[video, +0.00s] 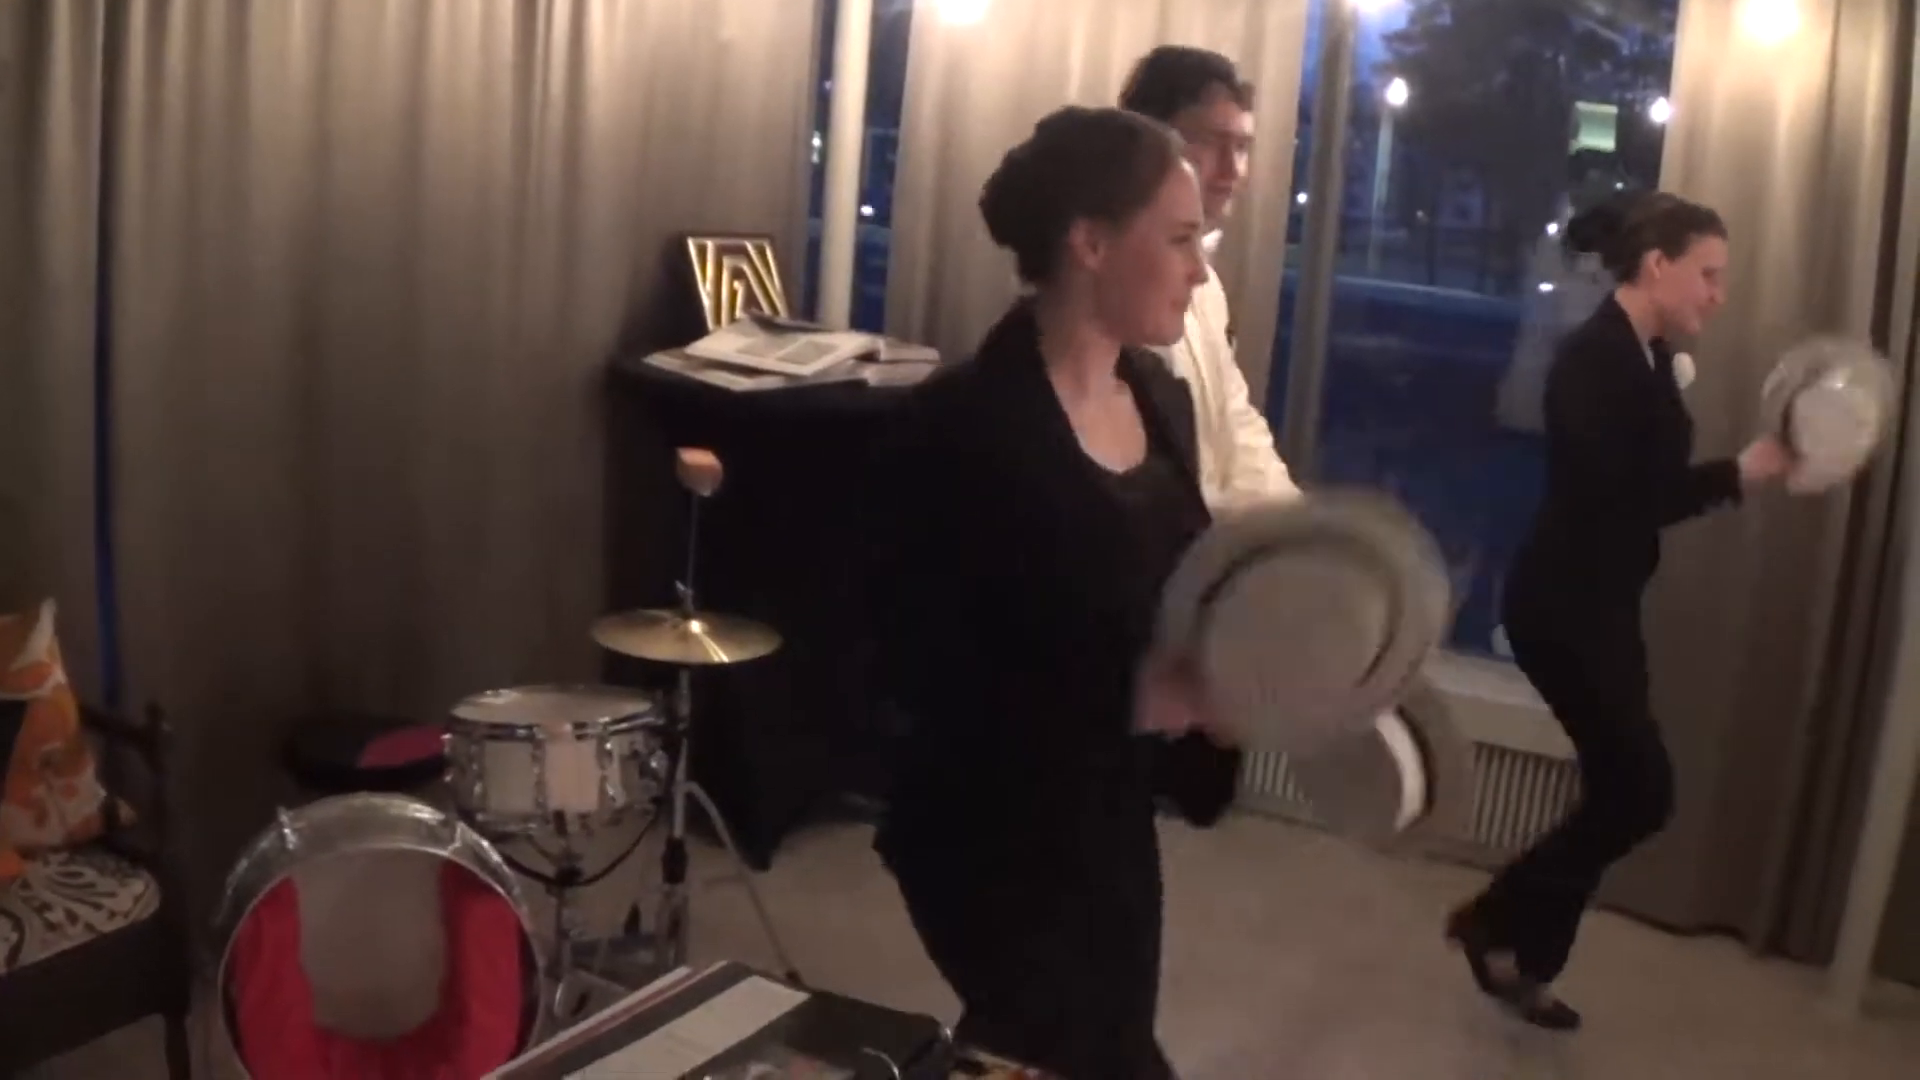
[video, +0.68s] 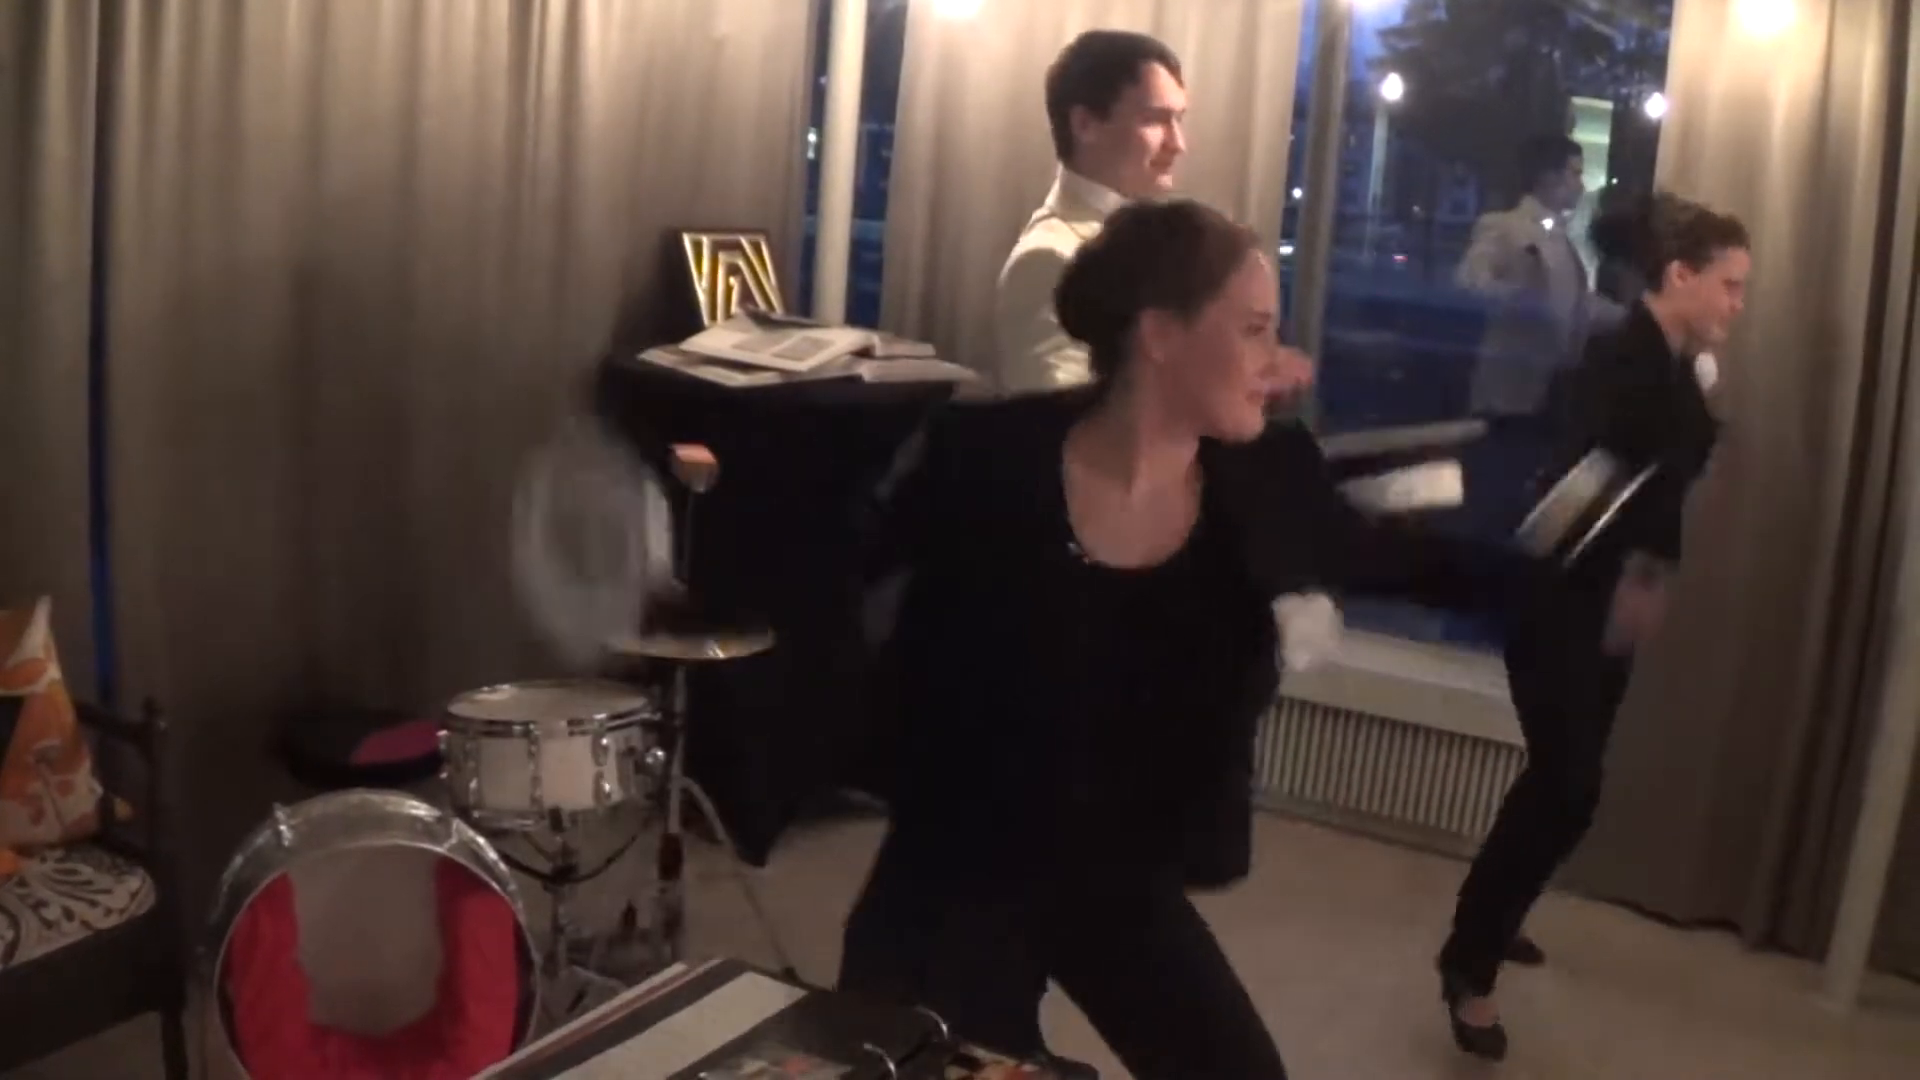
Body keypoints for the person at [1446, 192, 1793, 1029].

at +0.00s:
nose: (1717, 296)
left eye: (1721, 279)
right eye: (1707, 275)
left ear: (1658, 272)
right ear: (1654, 267)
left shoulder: (1649, 360)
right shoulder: (1597, 358)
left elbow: (1644, 495)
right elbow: (1624, 501)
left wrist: (1743, 479)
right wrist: (1737, 472)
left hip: (1601, 603)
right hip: (1562, 603)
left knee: (1618, 786)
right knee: (1639, 790)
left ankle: (1526, 963)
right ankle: (1491, 921)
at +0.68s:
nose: (1738, 306)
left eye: (1741, 289)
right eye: (1731, 286)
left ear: (1690, 280)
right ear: (1677, 276)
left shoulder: (1667, 365)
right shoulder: (1620, 357)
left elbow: (1662, 486)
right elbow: (1643, 470)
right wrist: (1704, 400)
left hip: (1600, 606)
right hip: (1556, 601)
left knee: (1566, 780)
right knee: (1565, 786)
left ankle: (1494, 916)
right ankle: (1468, 964)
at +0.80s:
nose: (1736, 332)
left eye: (1739, 316)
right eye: (1727, 314)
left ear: (1687, 318)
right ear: (1677, 313)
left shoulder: (1692, 410)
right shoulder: (1595, 390)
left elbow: (1673, 524)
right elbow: (1520, 488)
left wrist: (1736, 530)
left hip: (1625, 636)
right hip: (1550, 625)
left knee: (1558, 788)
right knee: (1571, 818)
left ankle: (1472, 902)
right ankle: (1530, 1025)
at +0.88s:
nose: (1719, 319)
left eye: (1723, 303)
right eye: (1703, 300)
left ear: (1713, 316)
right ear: (1647, 305)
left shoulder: (1707, 422)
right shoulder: (1575, 393)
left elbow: (1698, 555)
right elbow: (1506, 503)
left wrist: (1771, 630)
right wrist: (1479, 597)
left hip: (1635, 649)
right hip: (1548, 635)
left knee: (1580, 816)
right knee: (1576, 819)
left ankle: (1498, 881)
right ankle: (1550, 1046)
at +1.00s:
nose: (1609, 297)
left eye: (1630, 281)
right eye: (1614, 279)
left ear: (1680, 302)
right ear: (1621, 297)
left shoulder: (1708, 417)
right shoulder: (1578, 395)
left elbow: (1673, 559)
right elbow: (1537, 504)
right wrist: (1506, 497)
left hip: (1633, 660)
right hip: (1543, 645)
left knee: (1601, 854)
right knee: (1534, 847)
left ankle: (1543, 925)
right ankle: (1533, 1035)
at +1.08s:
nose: (1629, 298)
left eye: (1634, 285)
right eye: (1636, 284)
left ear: (1647, 290)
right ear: (1719, 307)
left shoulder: (1667, 409)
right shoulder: (1662, 396)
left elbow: (1606, 528)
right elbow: (1608, 502)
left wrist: (1540, 465)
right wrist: (1556, 451)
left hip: (1614, 656)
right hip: (1575, 642)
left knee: (1551, 839)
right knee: (1516, 831)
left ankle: (1632, 941)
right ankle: (1552, 1024)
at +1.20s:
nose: (1634, 294)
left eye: (1637, 281)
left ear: (1642, 287)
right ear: (1722, 306)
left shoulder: (1598, 387)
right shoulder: (1718, 408)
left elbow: (1521, 522)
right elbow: (1664, 506)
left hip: (1594, 642)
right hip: (1654, 642)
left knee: (1497, 845)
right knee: (1536, 841)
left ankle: (1588, 1046)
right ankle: (1589, 1044)